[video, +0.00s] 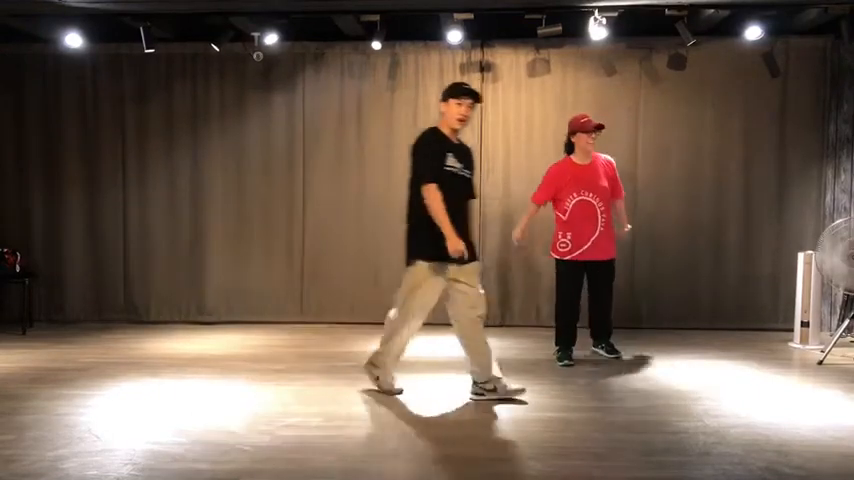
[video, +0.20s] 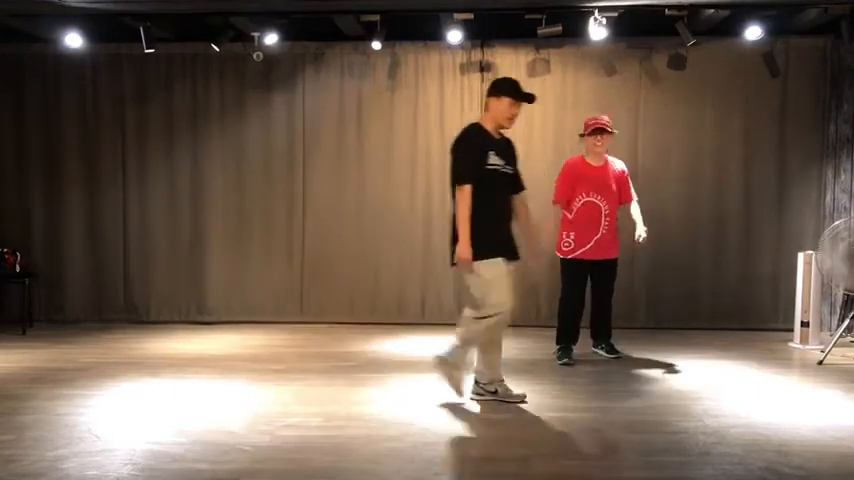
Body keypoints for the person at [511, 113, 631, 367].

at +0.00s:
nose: (592, 137)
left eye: (594, 133)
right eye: (586, 134)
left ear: (596, 137)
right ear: (573, 138)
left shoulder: (606, 164)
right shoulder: (559, 170)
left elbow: (617, 197)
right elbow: (537, 202)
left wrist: (624, 223)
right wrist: (520, 227)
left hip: (602, 249)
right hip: (569, 250)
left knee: (601, 299)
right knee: (567, 302)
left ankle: (601, 341)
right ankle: (564, 347)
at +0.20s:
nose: (599, 139)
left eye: (603, 134)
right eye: (593, 134)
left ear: (609, 138)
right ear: (585, 139)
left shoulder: (618, 168)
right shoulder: (572, 167)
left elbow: (631, 201)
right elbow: (559, 205)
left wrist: (640, 225)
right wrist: (555, 240)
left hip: (606, 248)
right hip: (574, 247)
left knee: (603, 300)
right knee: (571, 300)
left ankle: (602, 341)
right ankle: (565, 345)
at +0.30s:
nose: (602, 140)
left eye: (607, 136)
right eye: (598, 135)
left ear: (614, 140)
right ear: (590, 139)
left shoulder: (622, 169)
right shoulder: (577, 166)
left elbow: (630, 199)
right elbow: (572, 203)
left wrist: (638, 219)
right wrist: (580, 232)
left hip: (606, 246)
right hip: (577, 245)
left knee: (603, 298)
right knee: (572, 297)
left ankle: (602, 340)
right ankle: (564, 343)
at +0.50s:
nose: (602, 141)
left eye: (608, 136)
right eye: (598, 136)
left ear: (616, 140)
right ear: (591, 139)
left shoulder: (623, 169)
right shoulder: (581, 164)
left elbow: (629, 203)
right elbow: (574, 197)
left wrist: (632, 225)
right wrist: (609, 217)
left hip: (606, 242)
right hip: (577, 239)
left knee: (603, 296)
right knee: (565, 291)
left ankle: (603, 339)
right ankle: (552, 338)